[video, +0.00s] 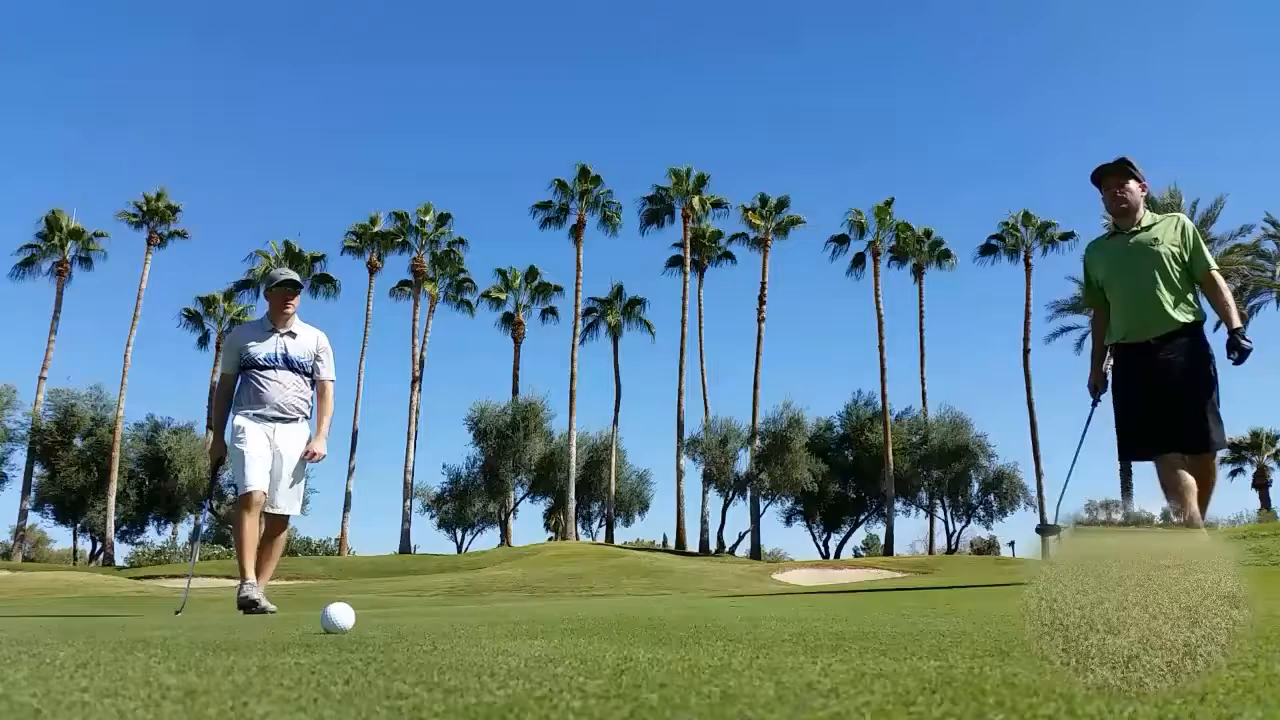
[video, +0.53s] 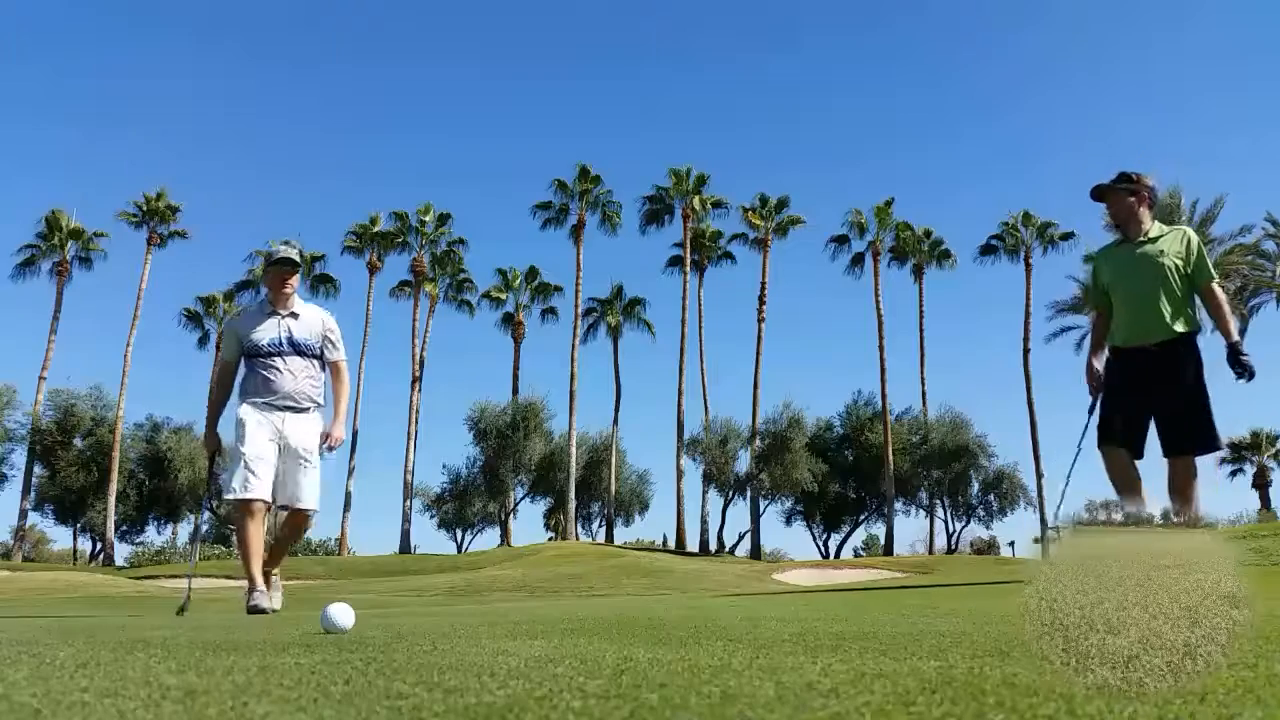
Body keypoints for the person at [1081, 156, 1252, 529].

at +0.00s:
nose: (1117, 191)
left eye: (1123, 183)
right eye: (1109, 188)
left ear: (1142, 188)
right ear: (1103, 199)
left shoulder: (1176, 226)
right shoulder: (1096, 251)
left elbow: (1210, 278)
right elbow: (1099, 313)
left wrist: (1235, 326)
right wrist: (1096, 366)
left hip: (1183, 346)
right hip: (1133, 357)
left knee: (1200, 444)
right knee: (1162, 445)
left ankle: (1194, 523)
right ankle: (1192, 529)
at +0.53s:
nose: (1108, 210)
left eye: (1114, 201)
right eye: (1106, 204)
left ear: (1141, 199)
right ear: (1115, 208)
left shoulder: (1182, 239)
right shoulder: (1104, 258)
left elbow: (1211, 291)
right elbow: (1101, 314)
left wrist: (1233, 343)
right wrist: (1094, 359)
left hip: (1176, 357)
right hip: (1126, 362)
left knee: (1181, 447)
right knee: (1112, 444)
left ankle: (1185, 531)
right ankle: (1138, 521)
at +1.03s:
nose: (1090, 226)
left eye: (1095, 218)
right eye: (1082, 223)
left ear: (1110, 220)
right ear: (1076, 233)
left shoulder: (1143, 252)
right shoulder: (1073, 279)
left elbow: (1174, 298)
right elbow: (1075, 337)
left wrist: (1186, 338)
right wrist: (1072, 385)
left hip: (1152, 363)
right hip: (1104, 373)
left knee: (1168, 450)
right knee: (1121, 460)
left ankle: (1181, 529)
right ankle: (1136, 534)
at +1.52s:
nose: (1086, 229)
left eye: (1091, 221)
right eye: (1078, 226)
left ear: (1106, 224)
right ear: (1071, 235)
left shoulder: (1139, 257)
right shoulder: (1067, 282)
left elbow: (1165, 303)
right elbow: (1066, 338)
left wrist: (1181, 343)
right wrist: (1064, 383)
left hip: (1147, 369)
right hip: (1100, 376)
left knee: (1163, 453)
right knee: (1121, 460)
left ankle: (1179, 529)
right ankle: (1137, 533)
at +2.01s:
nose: (1084, 230)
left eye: (1090, 223)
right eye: (1077, 227)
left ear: (1106, 225)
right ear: (1071, 235)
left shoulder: (1138, 261)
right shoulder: (1066, 282)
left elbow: (1165, 310)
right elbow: (1063, 338)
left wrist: (1183, 350)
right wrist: (1061, 383)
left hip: (1144, 370)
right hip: (1098, 377)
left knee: (1161, 455)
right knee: (1119, 461)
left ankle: (1178, 529)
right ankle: (1135, 534)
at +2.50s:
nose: (1085, 228)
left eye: (1091, 220)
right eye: (1077, 224)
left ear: (1106, 224)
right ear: (1070, 233)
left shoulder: (1137, 259)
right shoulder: (1065, 281)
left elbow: (1164, 307)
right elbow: (1063, 337)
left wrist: (1182, 351)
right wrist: (1061, 382)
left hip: (1144, 369)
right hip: (1098, 377)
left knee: (1161, 454)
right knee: (1119, 461)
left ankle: (1178, 529)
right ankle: (1135, 533)